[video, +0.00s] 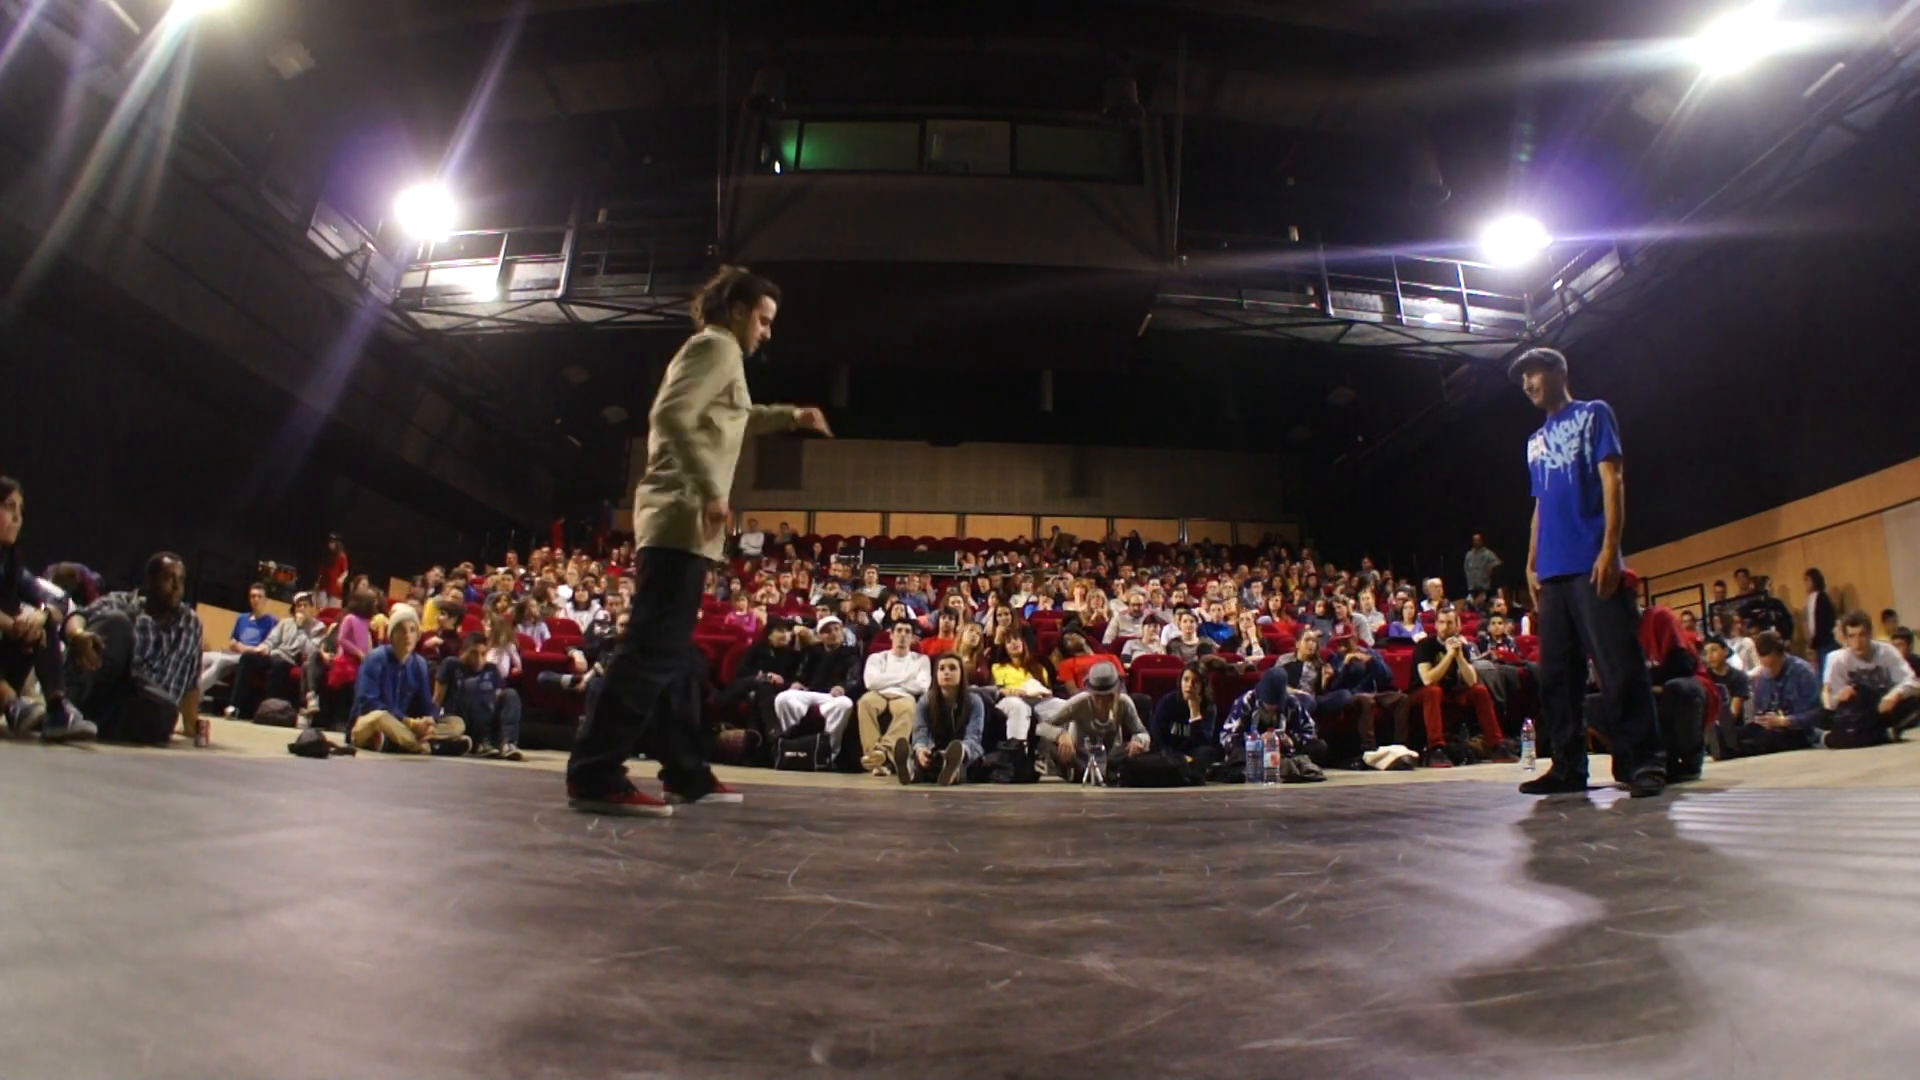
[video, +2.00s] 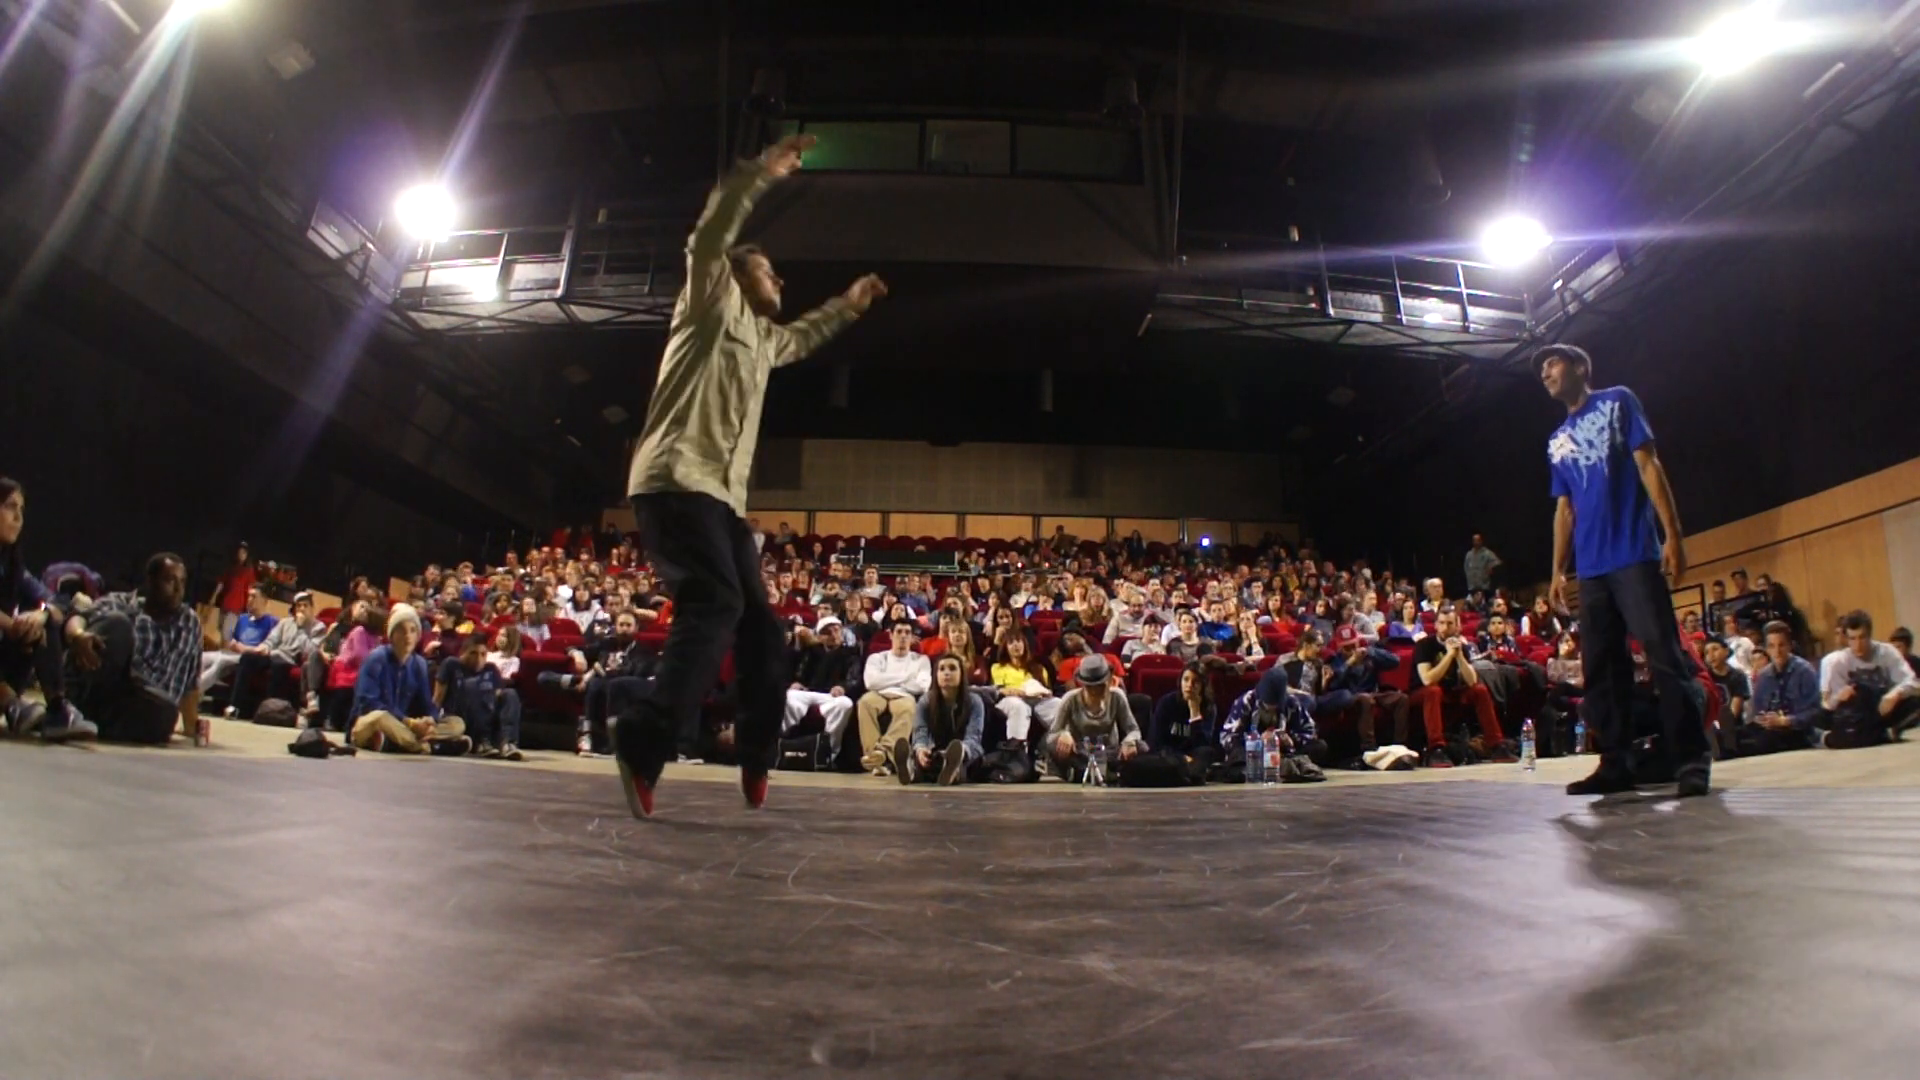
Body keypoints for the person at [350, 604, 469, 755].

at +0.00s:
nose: (407, 636)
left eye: (412, 631)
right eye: (401, 631)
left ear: (418, 635)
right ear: (391, 635)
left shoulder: (420, 664)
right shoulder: (375, 659)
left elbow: (426, 704)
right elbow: (367, 703)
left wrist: (430, 720)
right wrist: (407, 722)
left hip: (411, 724)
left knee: (457, 723)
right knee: (381, 718)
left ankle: (394, 743)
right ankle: (426, 748)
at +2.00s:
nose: (408, 637)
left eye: (413, 631)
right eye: (401, 631)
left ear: (418, 635)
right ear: (391, 635)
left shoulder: (420, 664)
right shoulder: (376, 659)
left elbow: (426, 704)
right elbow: (367, 703)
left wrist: (430, 720)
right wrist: (407, 722)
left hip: (411, 725)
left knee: (457, 724)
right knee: (380, 717)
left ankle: (394, 744)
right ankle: (425, 748)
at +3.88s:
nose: (400, 637)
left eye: (407, 632)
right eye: (396, 630)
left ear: (417, 638)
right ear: (390, 634)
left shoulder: (420, 665)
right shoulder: (373, 660)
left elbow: (420, 707)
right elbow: (364, 704)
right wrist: (406, 700)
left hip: (410, 724)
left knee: (456, 724)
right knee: (379, 718)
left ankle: (393, 744)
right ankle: (428, 747)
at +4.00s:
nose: (398, 637)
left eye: (405, 633)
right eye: (394, 631)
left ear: (415, 639)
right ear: (388, 633)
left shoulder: (419, 664)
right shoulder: (372, 660)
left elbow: (426, 706)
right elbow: (367, 705)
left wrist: (428, 720)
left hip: (404, 724)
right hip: (366, 725)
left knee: (457, 724)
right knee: (380, 717)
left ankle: (393, 744)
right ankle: (428, 747)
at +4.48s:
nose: (381, 629)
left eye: (387, 624)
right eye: (376, 624)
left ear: (398, 630)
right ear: (371, 630)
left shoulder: (408, 661)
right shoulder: (359, 659)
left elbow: (427, 700)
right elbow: (354, 696)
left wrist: (419, 702)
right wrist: (385, 675)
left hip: (402, 723)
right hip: (364, 727)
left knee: (456, 723)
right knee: (379, 716)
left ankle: (393, 743)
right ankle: (430, 748)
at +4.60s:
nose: (377, 626)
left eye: (382, 621)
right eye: (372, 622)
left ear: (393, 628)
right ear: (366, 627)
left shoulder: (400, 657)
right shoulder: (356, 655)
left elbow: (427, 690)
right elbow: (349, 679)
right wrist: (384, 681)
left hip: (401, 720)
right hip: (364, 725)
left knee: (455, 717)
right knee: (379, 713)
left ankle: (395, 742)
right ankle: (429, 747)